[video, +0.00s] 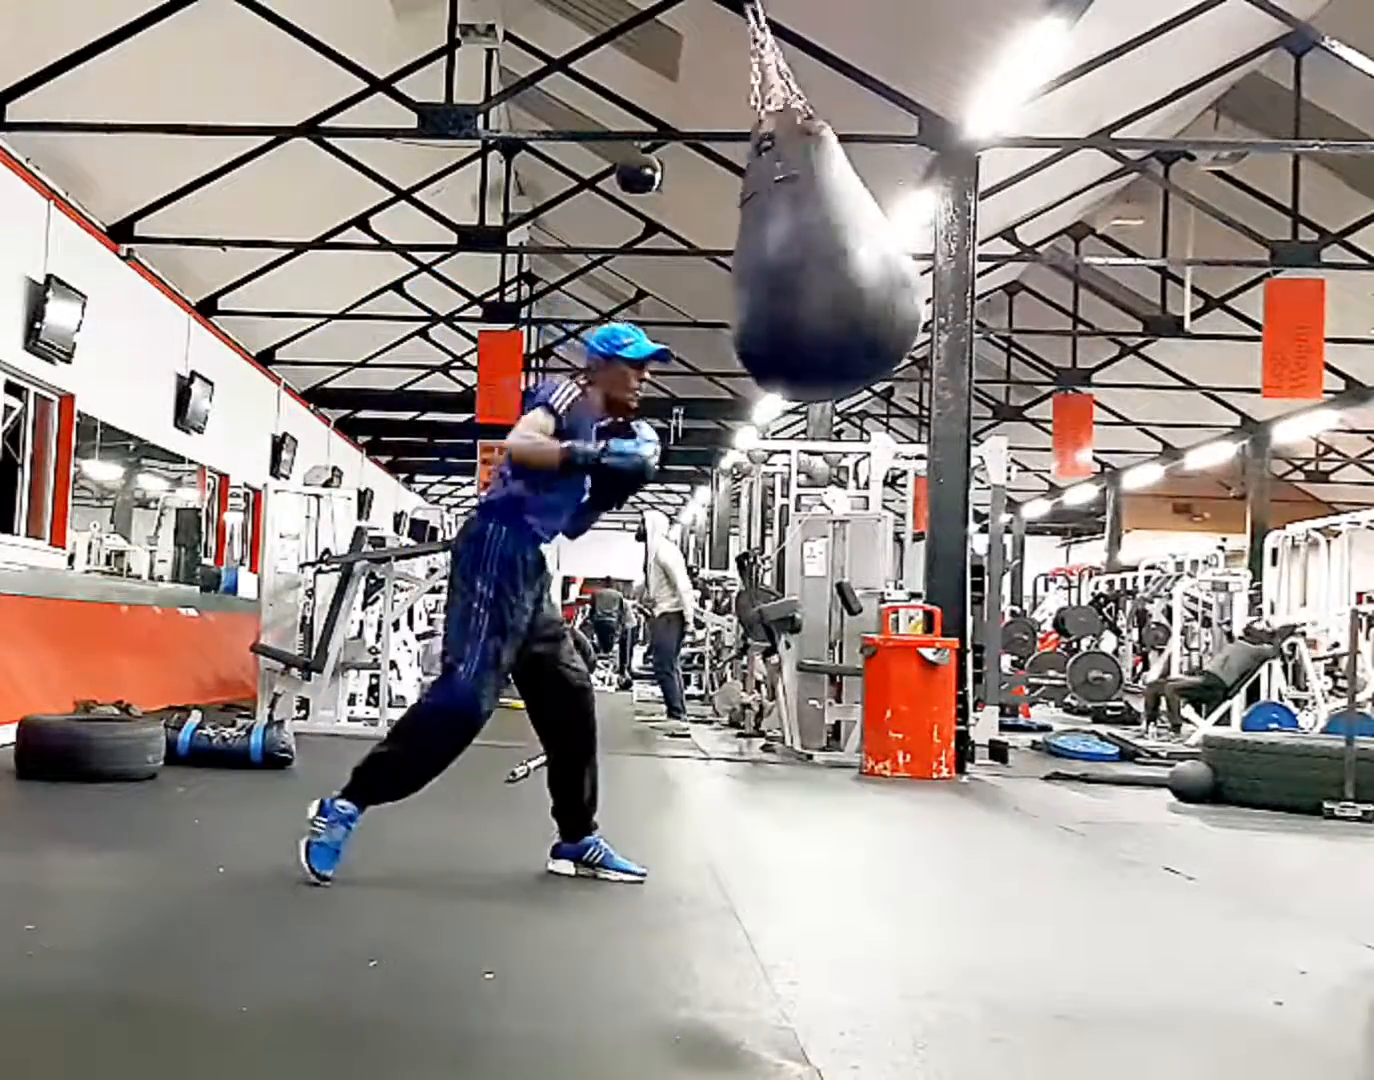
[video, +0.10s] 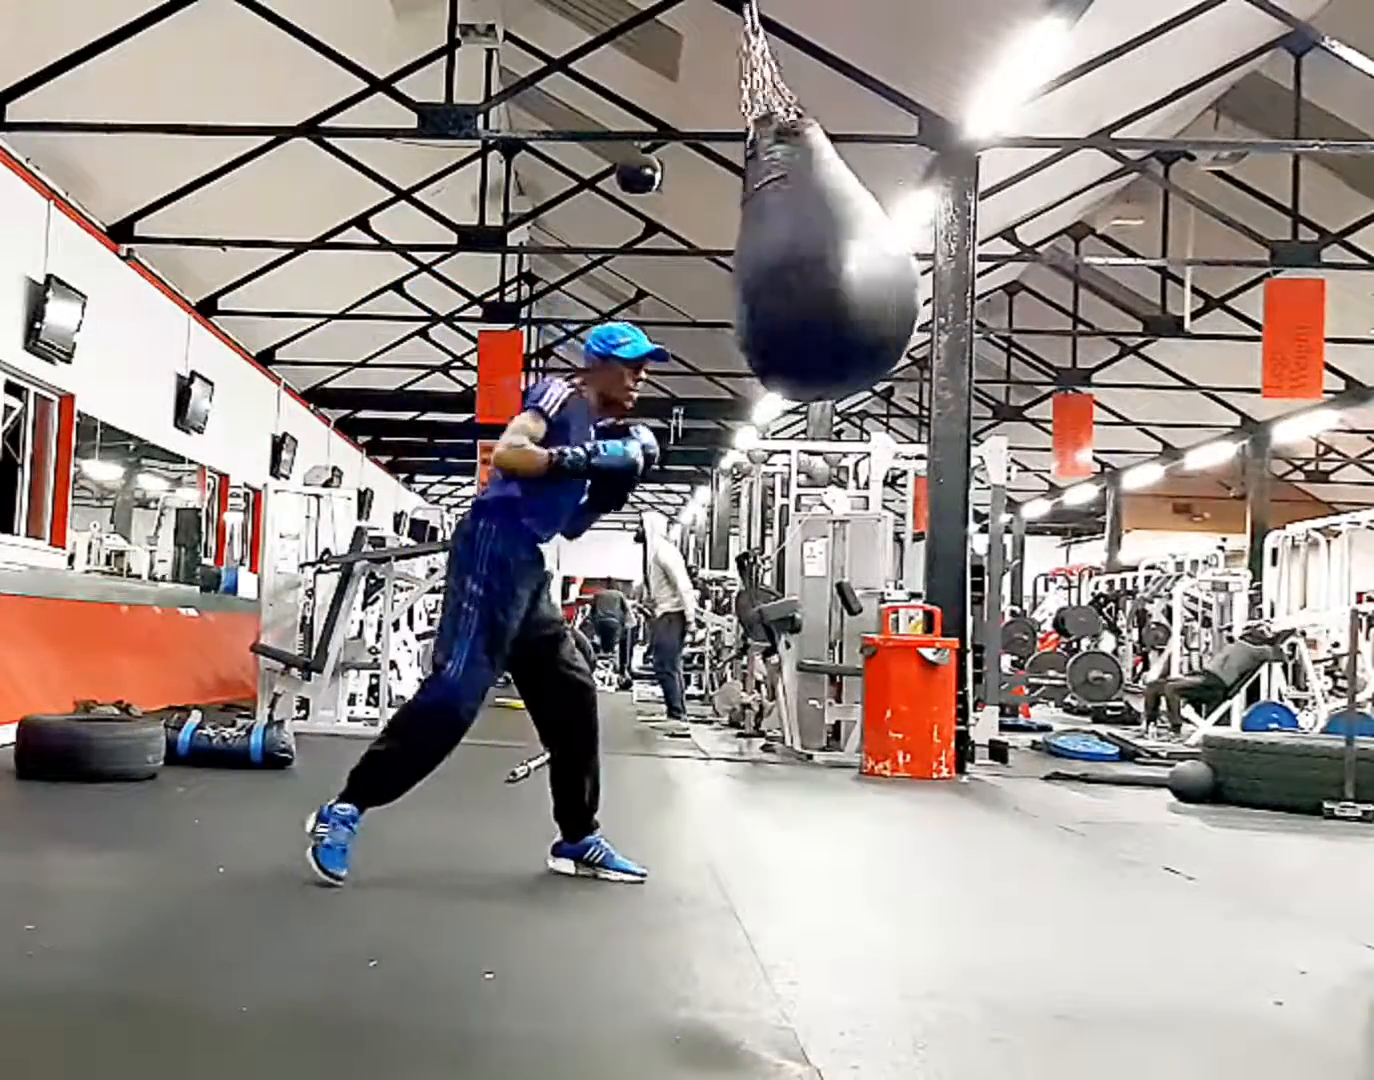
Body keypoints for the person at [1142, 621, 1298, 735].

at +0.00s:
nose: (1252, 629)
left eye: (1257, 629)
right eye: (1254, 627)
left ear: (1262, 636)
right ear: (1249, 631)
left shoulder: (1259, 650)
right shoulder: (1237, 643)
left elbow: (1277, 651)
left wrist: (1277, 637)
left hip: (1217, 682)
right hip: (1204, 675)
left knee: (1171, 688)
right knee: (1152, 687)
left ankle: (1175, 731)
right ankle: (1147, 729)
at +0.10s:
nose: (1254, 634)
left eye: (1257, 633)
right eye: (1256, 632)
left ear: (1260, 640)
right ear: (1250, 634)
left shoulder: (1259, 651)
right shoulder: (1238, 644)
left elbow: (1283, 655)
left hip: (1217, 682)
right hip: (1203, 674)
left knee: (1171, 688)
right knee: (1153, 687)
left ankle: (1175, 731)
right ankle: (1148, 728)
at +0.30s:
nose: (1251, 629)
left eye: (1256, 628)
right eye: (1252, 626)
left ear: (1261, 636)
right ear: (1247, 631)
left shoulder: (1259, 650)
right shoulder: (1237, 643)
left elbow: (1278, 653)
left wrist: (1274, 637)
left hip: (1217, 682)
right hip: (1204, 674)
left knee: (1171, 687)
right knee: (1152, 688)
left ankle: (1175, 731)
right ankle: (1148, 728)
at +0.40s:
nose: (1251, 627)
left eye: (1256, 626)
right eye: (1251, 625)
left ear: (1260, 634)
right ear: (1249, 630)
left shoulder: (1257, 650)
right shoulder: (1237, 644)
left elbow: (1276, 646)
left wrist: (1271, 630)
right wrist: (1225, 627)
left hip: (1218, 682)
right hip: (1204, 675)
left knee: (1172, 688)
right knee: (1152, 687)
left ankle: (1175, 731)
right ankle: (1148, 728)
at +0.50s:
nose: (1248, 633)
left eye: (1252, 632)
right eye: (1248, 631)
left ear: (1258, 635)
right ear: (1246, 633)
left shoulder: (1258, 650)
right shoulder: (1236, 643)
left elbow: (1273, 644)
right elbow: (1229, 632)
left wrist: (1270, 624)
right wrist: (1224, 617)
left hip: (1217, 682)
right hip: (1203, 676)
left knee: (1171, 688)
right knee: (1152, 687)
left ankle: (1175, 730)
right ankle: (1148, 727)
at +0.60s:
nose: (1249, 629)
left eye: (1254, 628)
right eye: (1249, 627)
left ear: (1259, 635)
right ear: (1246, 631)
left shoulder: (1256, 651)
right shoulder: (1235, 642)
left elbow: (1275, 632)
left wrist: (1269, 615)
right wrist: (1226, 611)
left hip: (1218, 683)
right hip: (1204, 677)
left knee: (1172, 688)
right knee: (1153, 687)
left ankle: (1175, 730)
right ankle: (1149, 726)